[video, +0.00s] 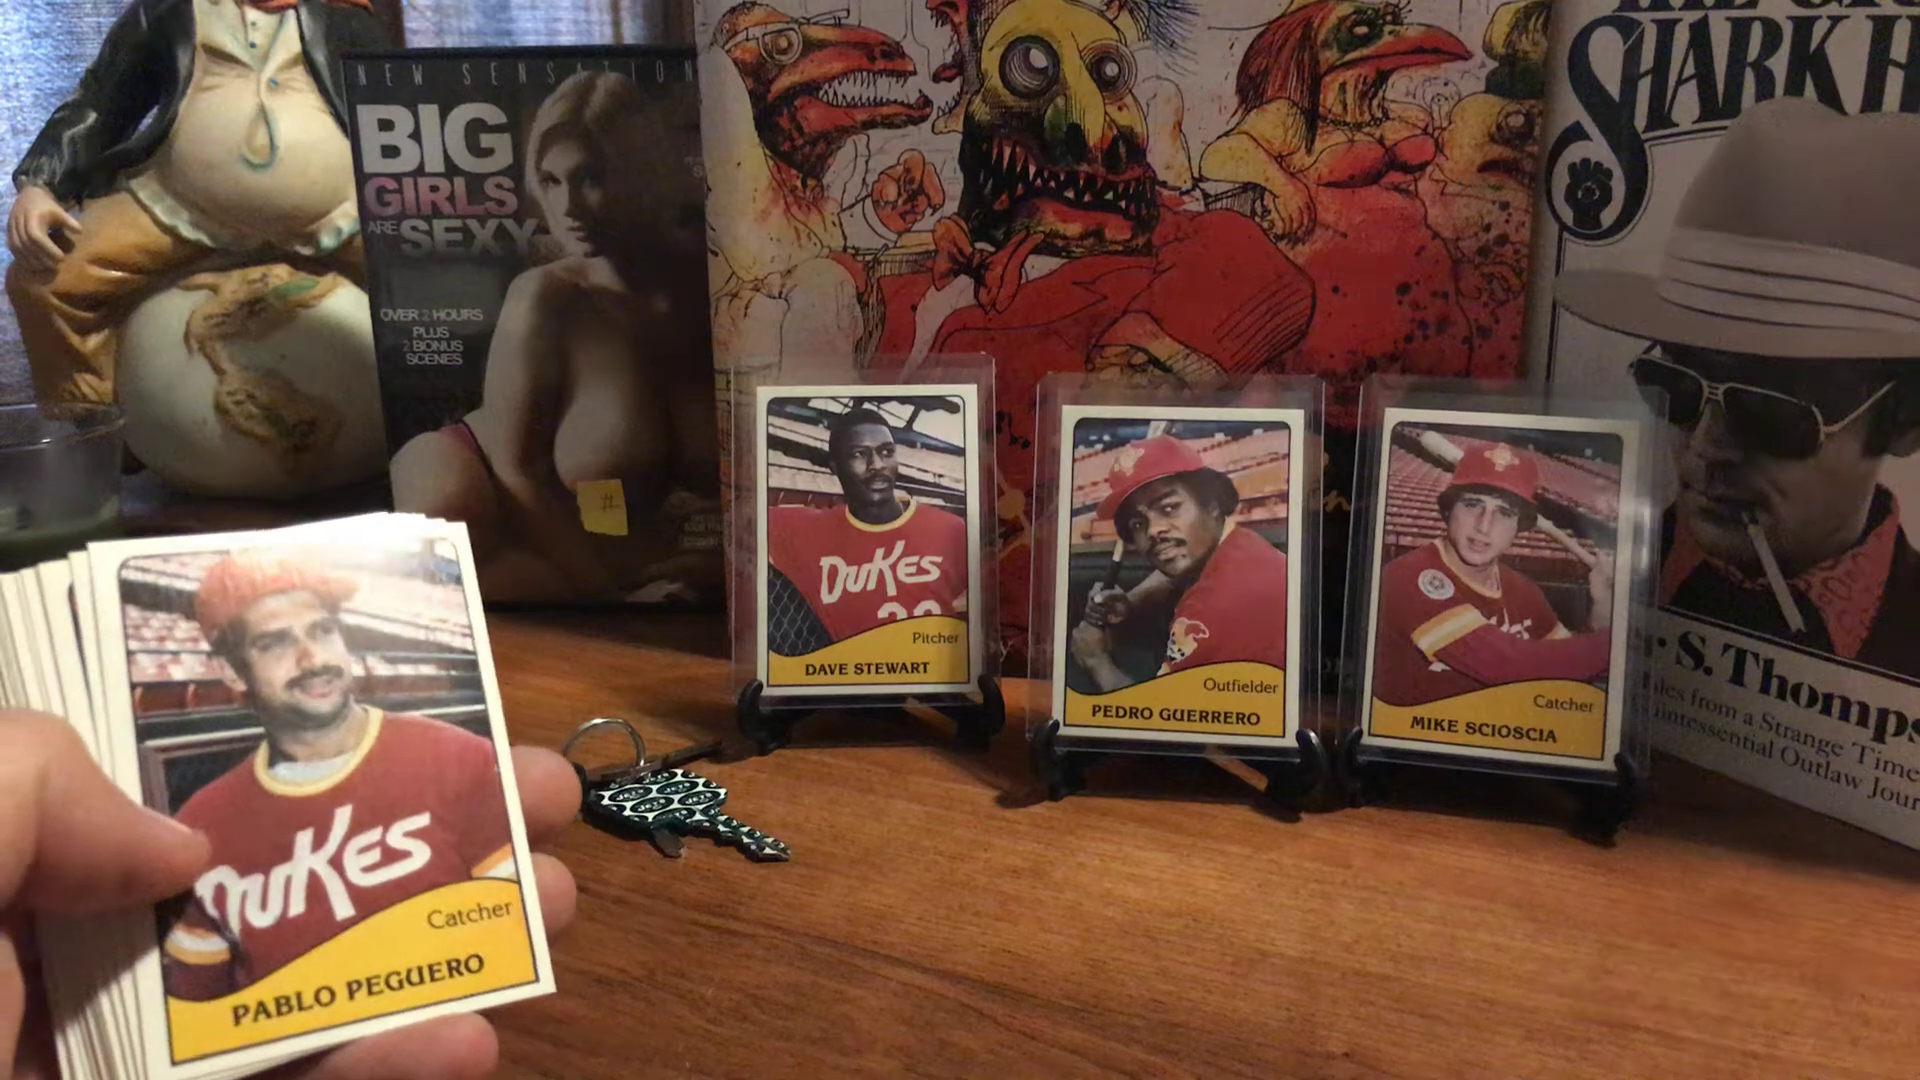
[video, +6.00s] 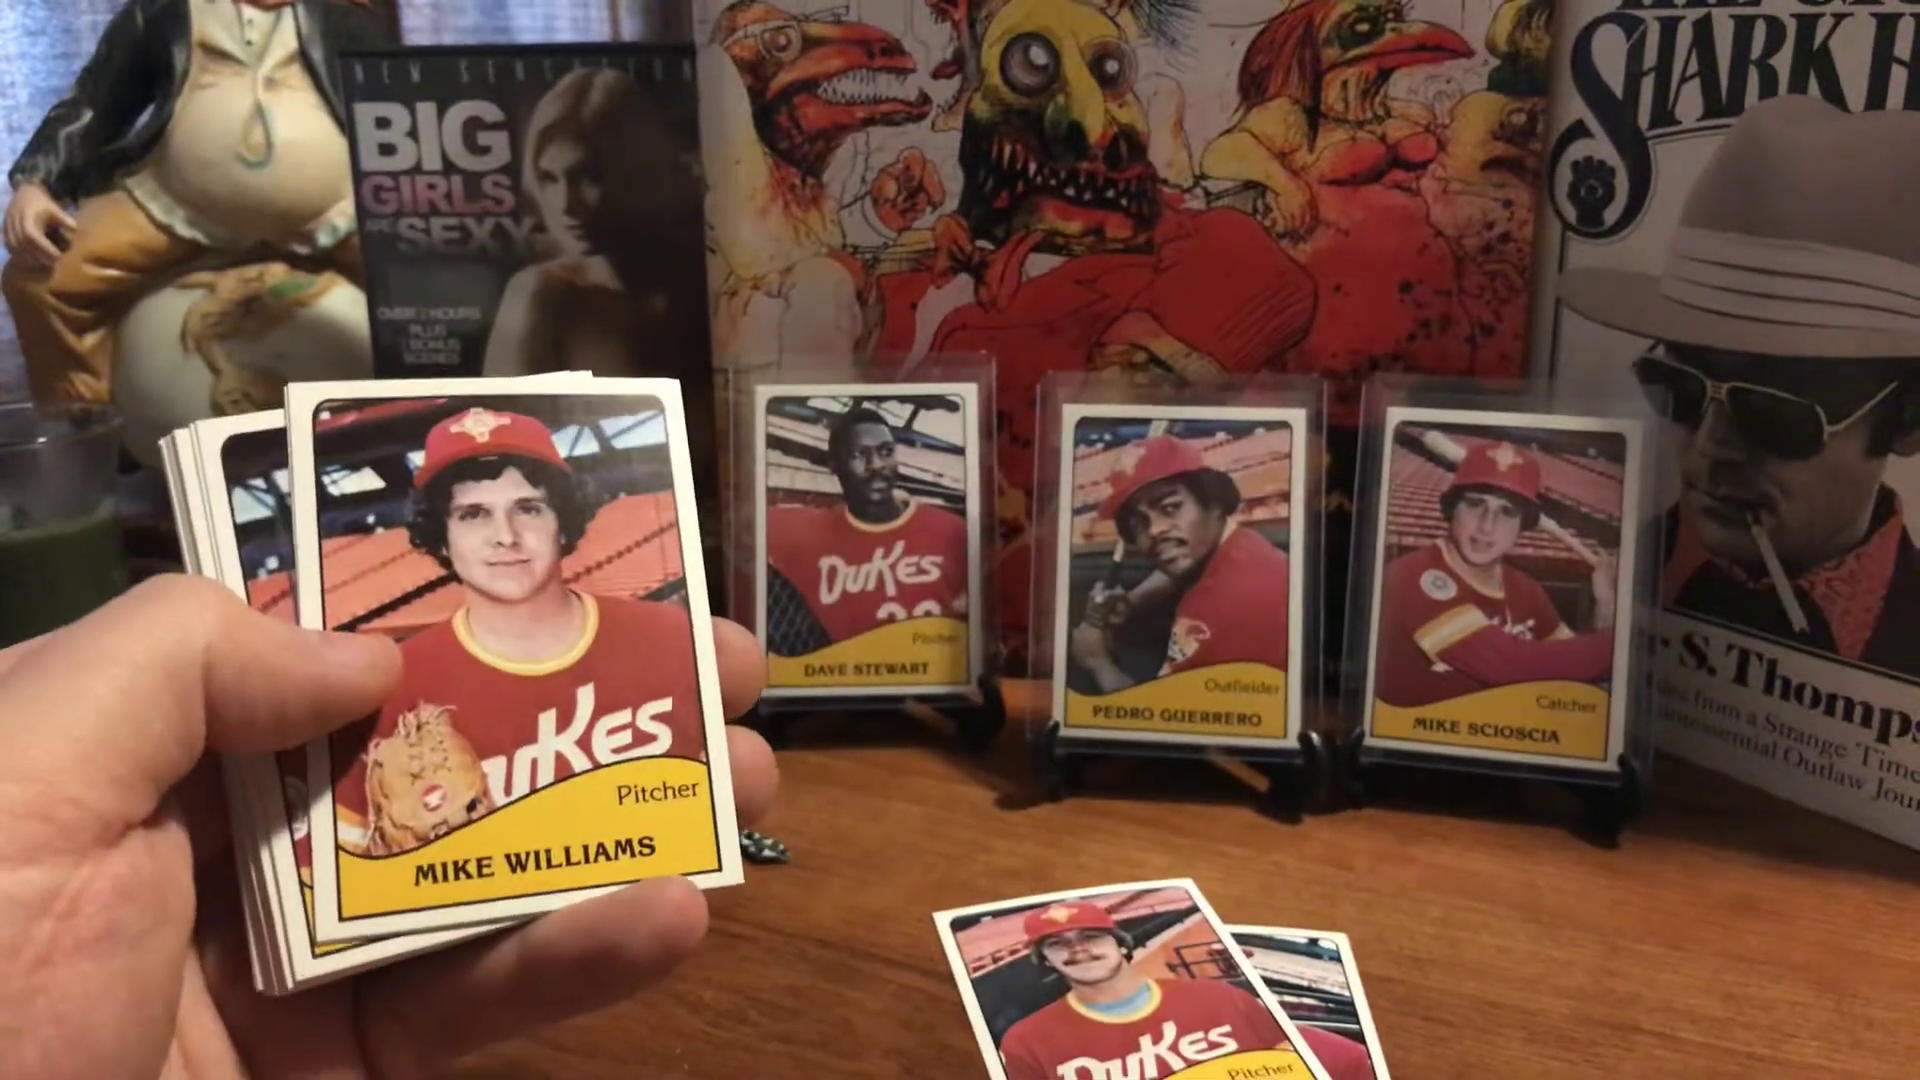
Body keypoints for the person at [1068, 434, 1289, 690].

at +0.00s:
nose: (1154, 530)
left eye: (1169, 507)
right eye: (1138, 524)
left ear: (1212, 505)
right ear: (1133, 541)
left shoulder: (1212, 609)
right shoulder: (1245, 545)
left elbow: (1160, 721)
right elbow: (1183, 565)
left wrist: (1097, 662)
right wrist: (1132, 602)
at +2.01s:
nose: (1155, 530)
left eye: (1169, 508)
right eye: (1139, 524)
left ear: (1213, 507)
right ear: (1134, 541)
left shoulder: (1210, 609)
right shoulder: (1247, 544)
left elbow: (1160, 721)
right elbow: (1183, 566)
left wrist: (1097, 661)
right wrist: (1132, 602)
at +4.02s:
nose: (1156, 531)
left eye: (1171, 508)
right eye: (1140, 523)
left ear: (1215, 503)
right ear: (1133, 540)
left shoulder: (1214, 605)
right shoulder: (1252, 546)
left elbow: (1160, 719)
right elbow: (1186, 564)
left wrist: (1098, 662)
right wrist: (1133, 602)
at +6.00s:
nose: (1156, 530)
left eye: (1170, 508)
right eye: (1140, 522)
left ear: (1213, 504)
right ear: (1133, 539)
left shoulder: (1212, 605)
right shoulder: (1248, 544)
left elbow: (1160, 720)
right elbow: (1185, 564)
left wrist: (1098, 662)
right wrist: (1132, 602)